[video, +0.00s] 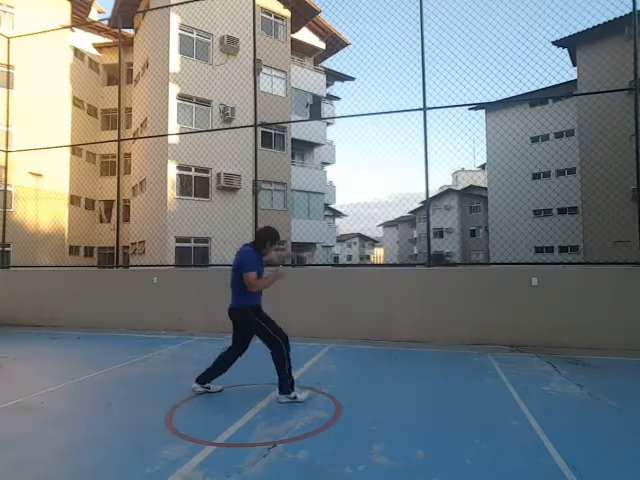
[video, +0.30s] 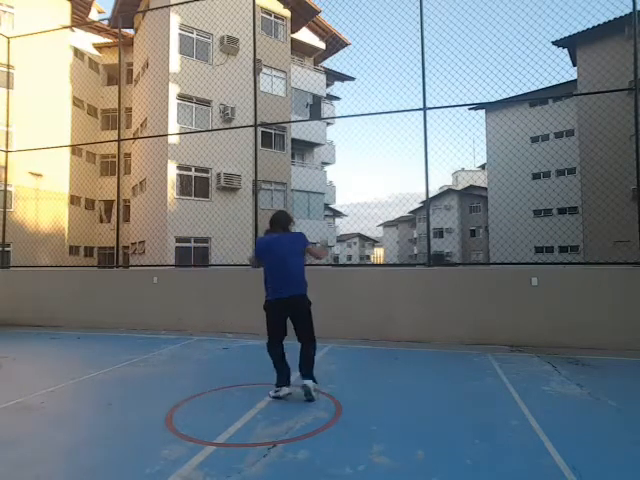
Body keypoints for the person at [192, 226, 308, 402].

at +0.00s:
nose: (273, 250)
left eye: (274, 247)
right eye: (273, 246)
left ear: (259, 240)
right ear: (266, 244)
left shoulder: (250, 253)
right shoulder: (250, 256)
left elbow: (268, 259)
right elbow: (253, 286)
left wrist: (284, 254)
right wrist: (274, 276)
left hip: (242, 310)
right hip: (248, 311)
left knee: (237, 348)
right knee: (279, 341)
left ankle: (202, 382)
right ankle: (287, 391)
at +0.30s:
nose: (291, 227)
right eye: (291, 224)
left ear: (270, 225)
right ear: (289, 225)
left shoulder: (263, 242)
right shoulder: (298, 238)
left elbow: (255, 263)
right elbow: (318, 255)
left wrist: (270, 255)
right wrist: (324, 249)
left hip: (274, 301)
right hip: (298, 299)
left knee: (274, 342)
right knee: (308, 340)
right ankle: (308, 378)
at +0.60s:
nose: (293, 243)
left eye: (293, 240)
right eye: (293, 240)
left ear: (297, 241)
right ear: (311, 238)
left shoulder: (306, 256)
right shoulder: (321, 252)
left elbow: (298, 283)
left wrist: (288, 267)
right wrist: (294, 263)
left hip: (314, 310)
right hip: (333, 308)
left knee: (287, 342)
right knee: (341, 346)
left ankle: (287, 389)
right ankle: (369, 383)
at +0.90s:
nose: (322, 230)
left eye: (323, 227)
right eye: (322, 227)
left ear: (329, 226)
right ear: (341, 225)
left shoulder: (333, 241)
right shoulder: (353, 241)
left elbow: (314, 259)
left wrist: (315, 238)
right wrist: (325, 239)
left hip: (339, 298)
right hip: (358, 297)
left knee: (319, 338)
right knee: (358, 338)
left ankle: (320, 383)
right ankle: (371, 383)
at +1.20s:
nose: (338, 232)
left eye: (339, 229)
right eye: (338, 229)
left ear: (343, 228)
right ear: (355, 227)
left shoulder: (342, 240)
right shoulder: (367, 243)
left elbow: (324, 261)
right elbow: (357, 264)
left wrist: (329, 242)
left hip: (342, 299)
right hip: (363, 299)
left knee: (322, 335)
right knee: (362, 339)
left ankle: (327, 379)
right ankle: (372, 383)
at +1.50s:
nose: (327, 234)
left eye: (327, 231)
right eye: (326, 231)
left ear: (332, 229)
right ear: (345, 228)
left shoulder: (331, 241)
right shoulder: (359, 246)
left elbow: (304, 250)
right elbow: (361, 264)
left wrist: (302, 244)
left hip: (333, 303)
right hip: (353, 303)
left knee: (313, 342)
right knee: (356, 342)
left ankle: (298, 383)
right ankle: (371, 383)